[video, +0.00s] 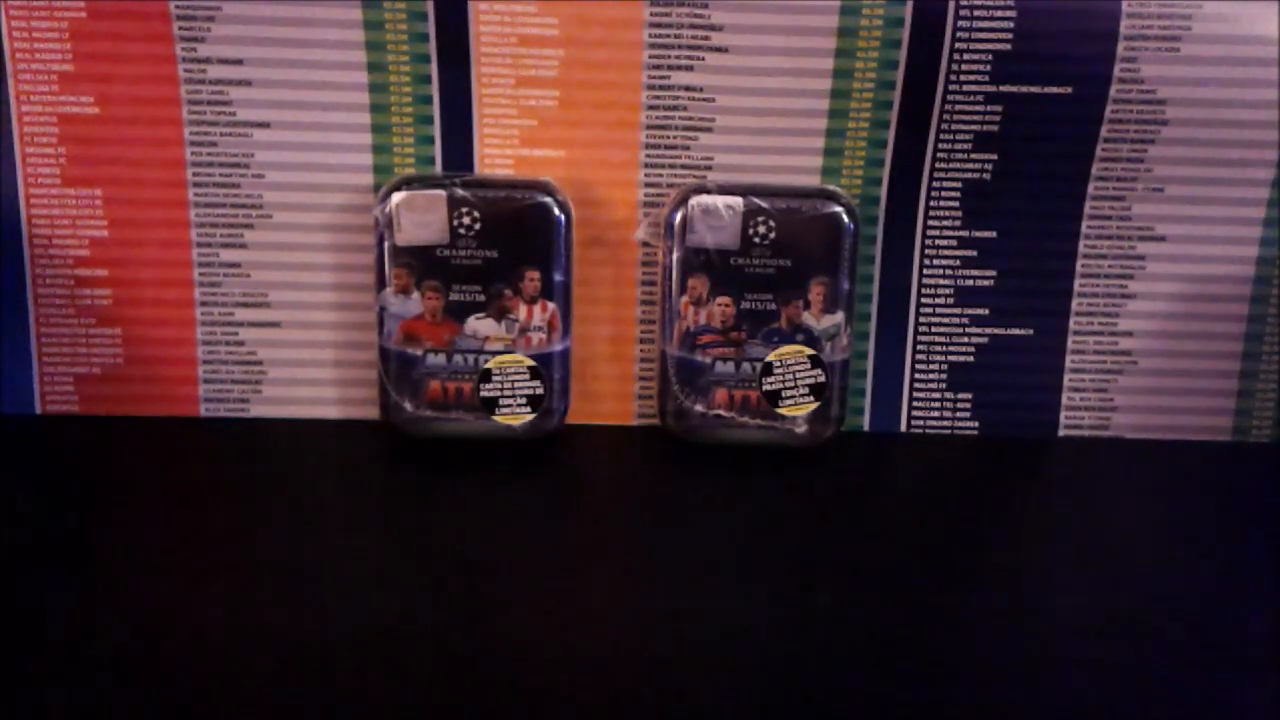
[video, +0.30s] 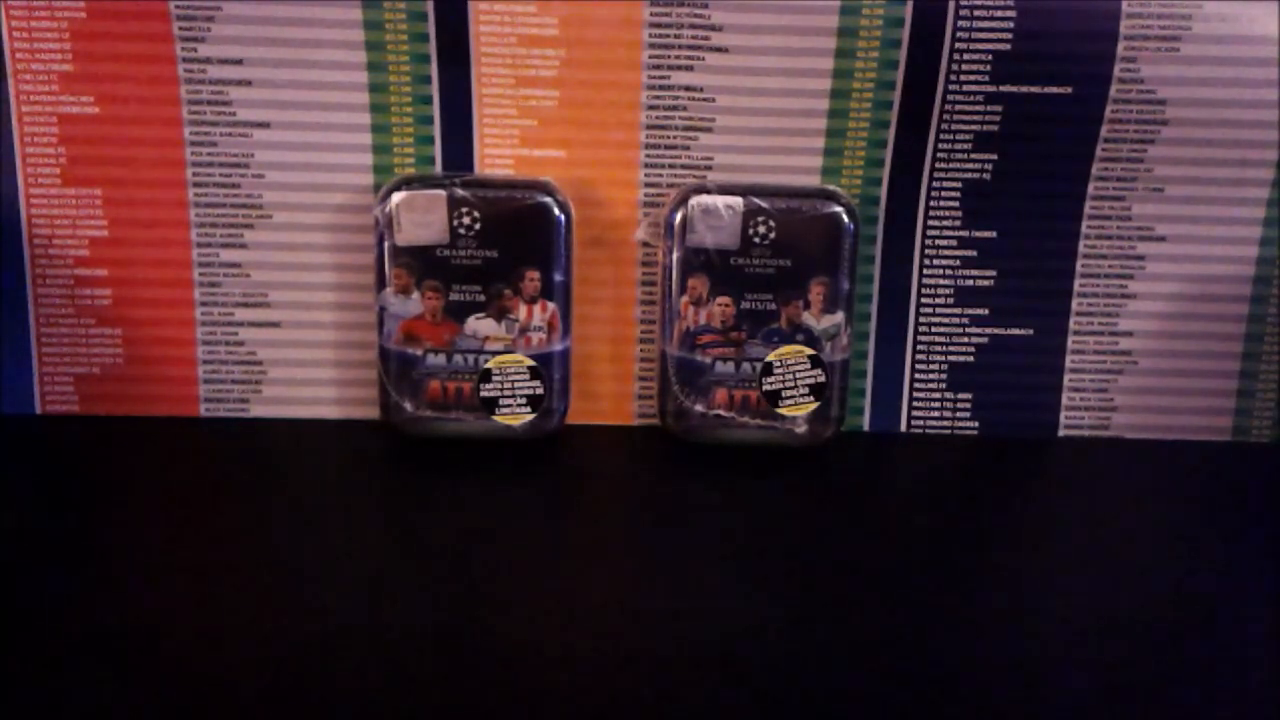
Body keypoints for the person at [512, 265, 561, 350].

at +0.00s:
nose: (536, 285)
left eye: (538, 281)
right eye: (531, 280)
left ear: (541, 283)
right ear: (521, 284)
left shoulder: (551, 308)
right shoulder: (511, 306)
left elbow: (556, 337)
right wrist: (520, 329)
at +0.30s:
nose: (536, 285)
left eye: (538, 281)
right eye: (531, 280)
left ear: (541, 283)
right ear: (521, 284)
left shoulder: (551, 308)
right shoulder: (511, 306)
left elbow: (556, 338)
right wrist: (520, 329)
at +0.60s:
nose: (536, 285)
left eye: (538, 281)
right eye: (531, 280)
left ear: (541, 283)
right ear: (521, 284)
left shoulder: (551, 308)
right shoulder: (512, 305)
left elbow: (556, 336)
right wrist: (519, 328)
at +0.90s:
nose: (536, 285)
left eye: (538, 281)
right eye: (531, 280)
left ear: (541, 283)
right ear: (521, 284)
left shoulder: (551, 308)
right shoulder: (512, 305)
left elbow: (556, 336)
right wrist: (520, 328)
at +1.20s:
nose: (536, 285)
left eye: (539, 281)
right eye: (531, 280)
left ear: (541, 283)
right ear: (521, 284)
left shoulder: (551, 308)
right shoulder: (512, 305)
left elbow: (556, 337)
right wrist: (520, 328)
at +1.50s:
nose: (536, 285)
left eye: (539, 281)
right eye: (531, 280)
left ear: (541, 283)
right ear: (521, 284)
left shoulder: (551, 308)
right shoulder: (512, 306)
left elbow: (556, 335)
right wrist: (520, 329)